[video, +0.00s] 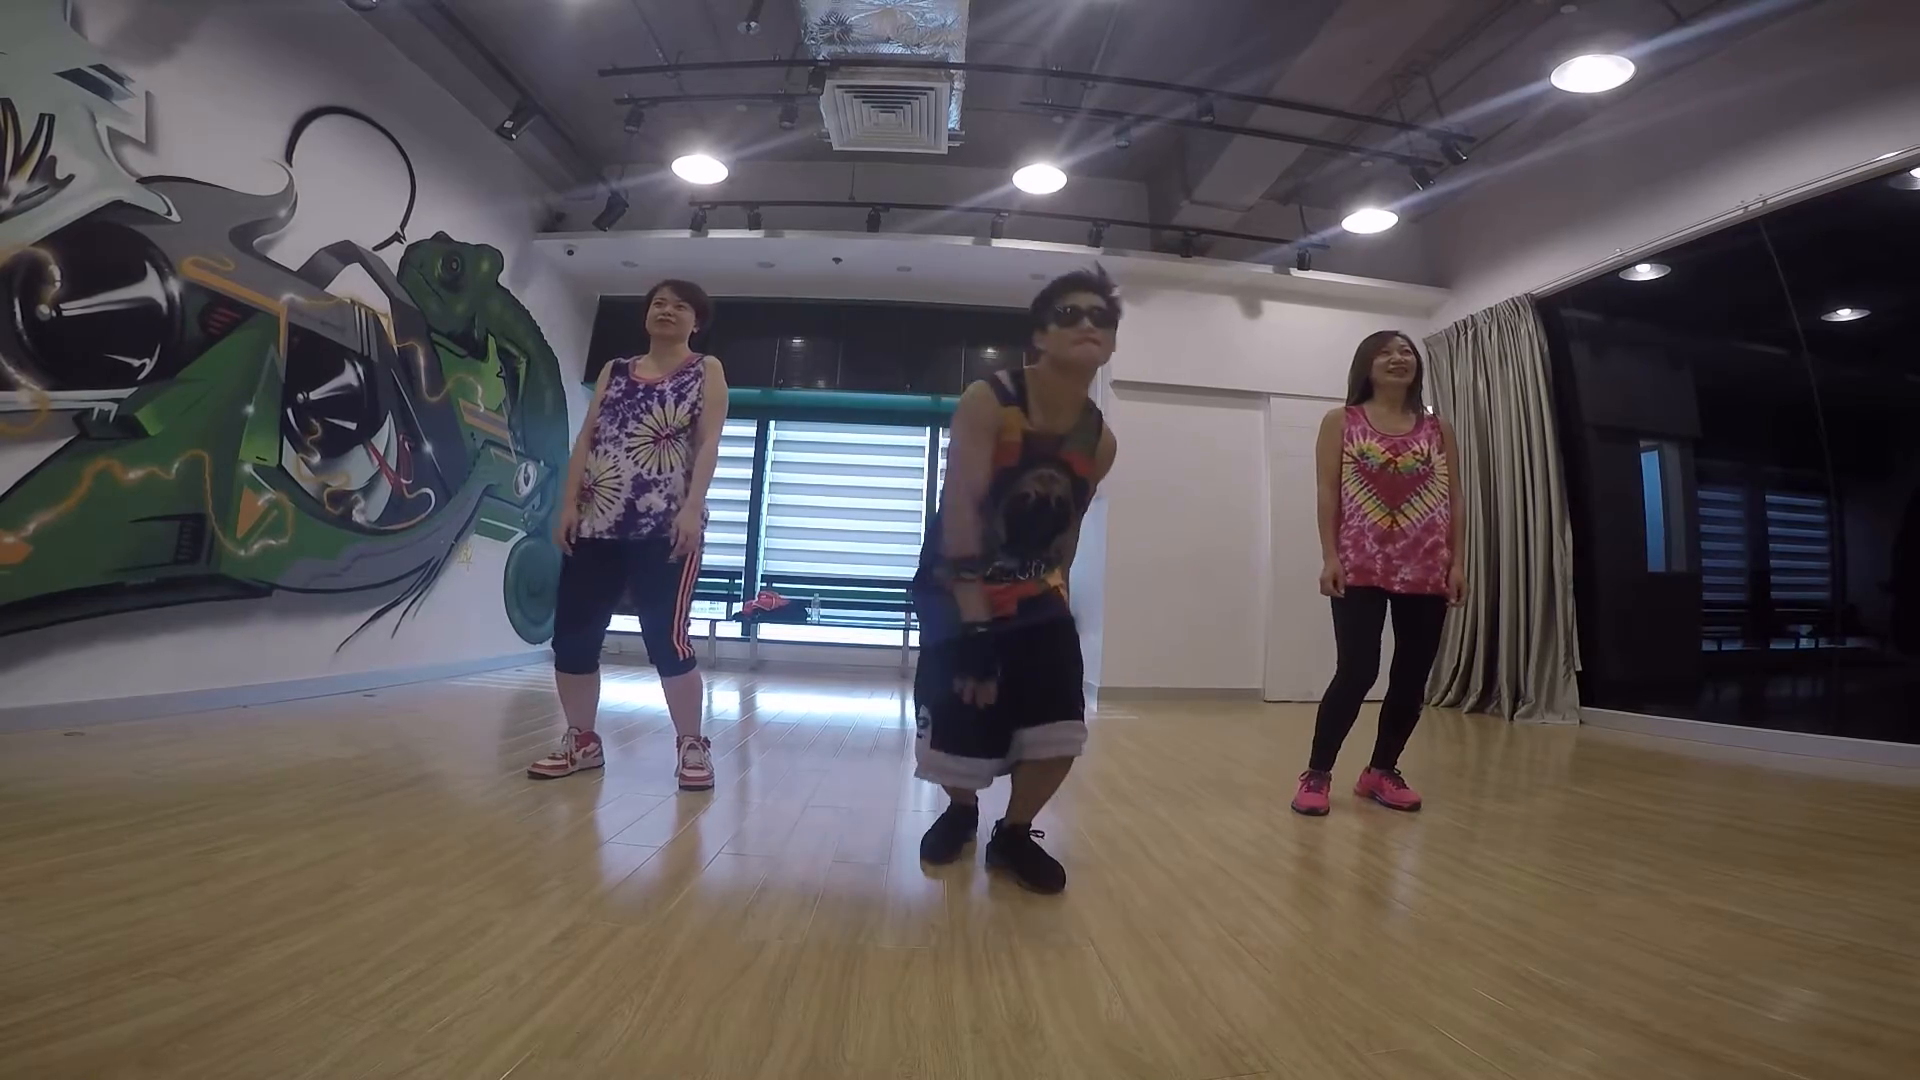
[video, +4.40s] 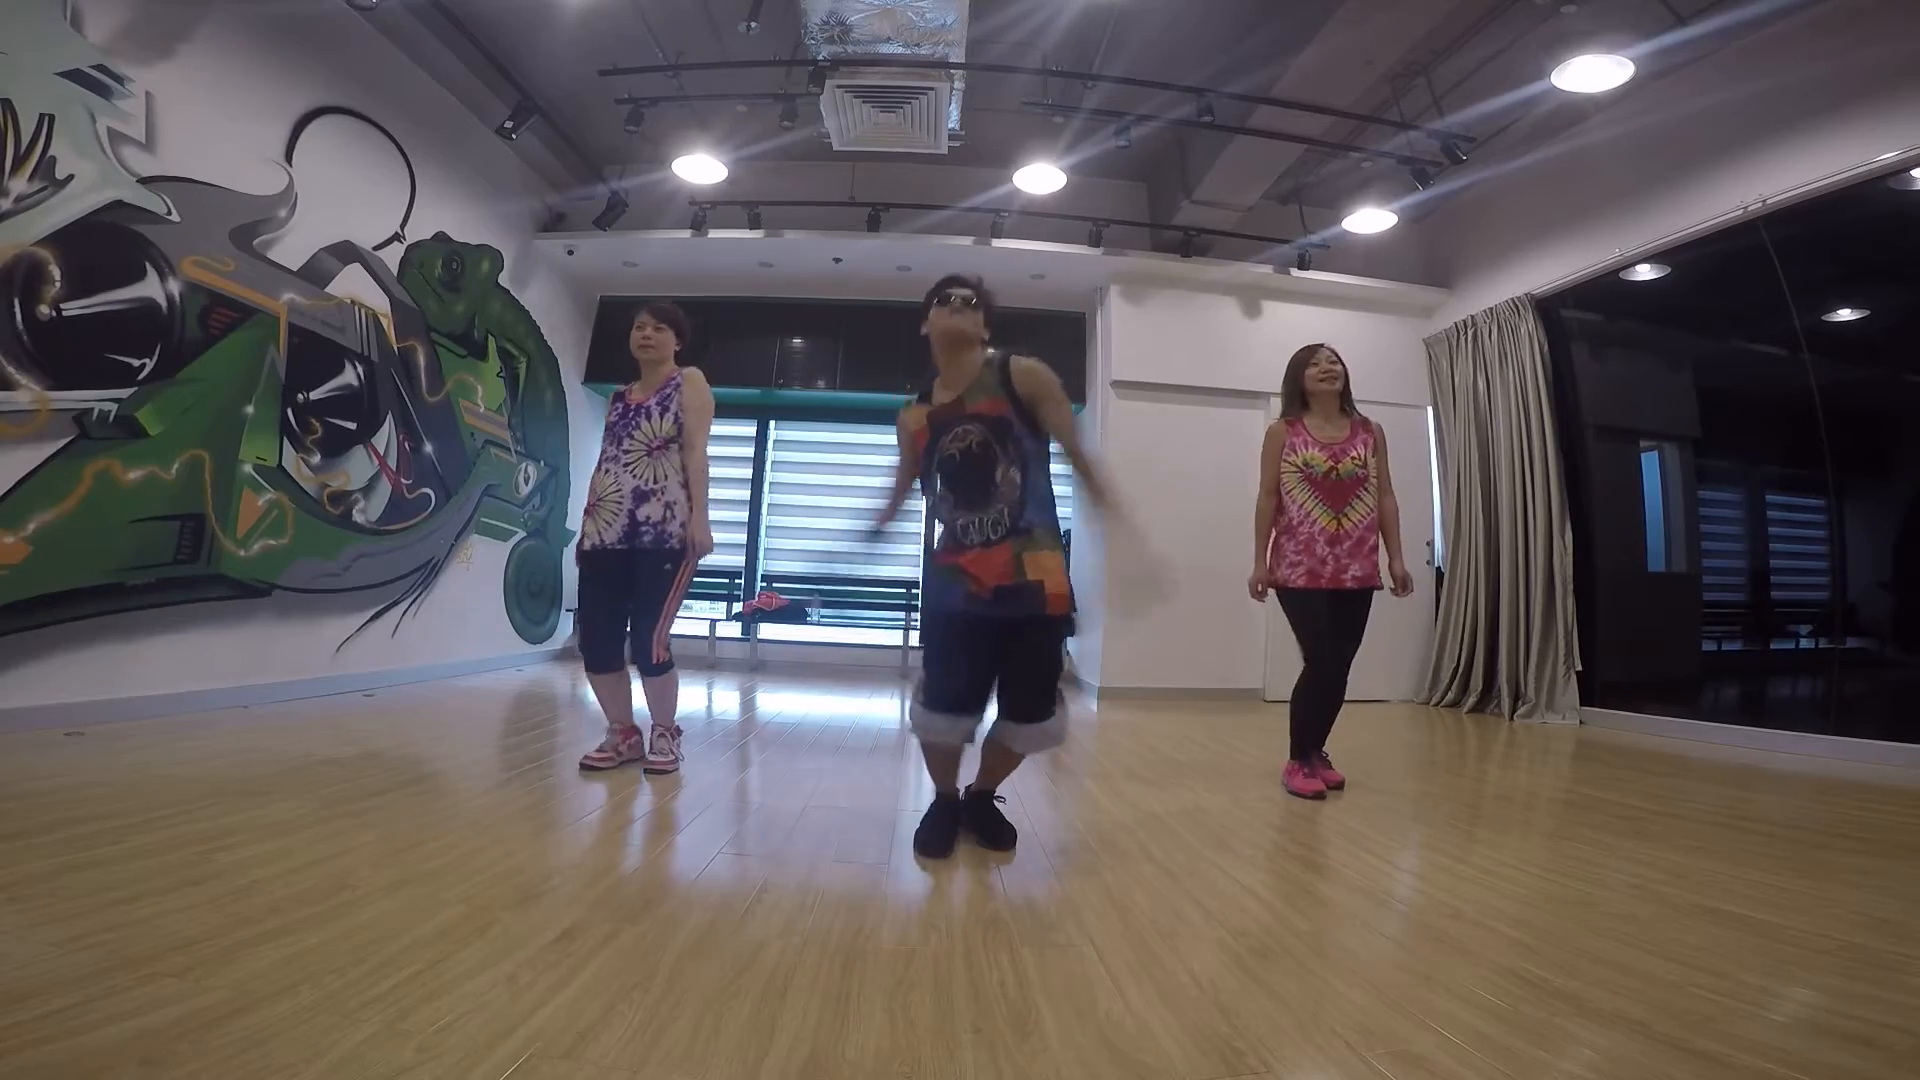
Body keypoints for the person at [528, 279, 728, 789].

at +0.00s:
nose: (666, 309)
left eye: (680, 305)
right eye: (659, 302)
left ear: (696, 322)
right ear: (645, 315)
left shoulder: (707, 371)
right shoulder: (615, 371)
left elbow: (707, 445)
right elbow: (586, 440)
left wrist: (693, 508)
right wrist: (569, 502)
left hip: (664, 528)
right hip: (597, 524)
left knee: (668, 642)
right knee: (572, 637)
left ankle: (691, 744)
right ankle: (582, 742)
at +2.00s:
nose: (658, 322)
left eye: (670, 316)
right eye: (650, 315)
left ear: (689, 330)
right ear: (639, 327)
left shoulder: (703, 384)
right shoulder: (612, 381)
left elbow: (710, 456)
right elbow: (584, 454)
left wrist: (696, 504)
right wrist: (565, 518)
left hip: (662, 537)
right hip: (596, 531)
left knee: (643, 642)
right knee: (571, 635)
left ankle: (646, 738)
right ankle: (582, 742)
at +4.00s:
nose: (676, 325)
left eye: (688, 320)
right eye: (668, 319)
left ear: (705, 335)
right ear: (657, 331)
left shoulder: (716, 384)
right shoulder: (632, 385)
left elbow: (726, 448)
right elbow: (608, 451)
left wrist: (702, 475)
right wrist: (589, 504)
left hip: (677, 531)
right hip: (613, 523)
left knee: (661, 635)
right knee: (592, 629)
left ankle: (664, 733)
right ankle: (589, 737)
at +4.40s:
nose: (647, 334)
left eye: (659, 328)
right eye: (640, 328)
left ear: (677, 341)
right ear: (630, 339)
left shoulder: (689, 381)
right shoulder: (620, 397)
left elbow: (696, 452)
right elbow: (606, 463)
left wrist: (698, 519)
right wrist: (590, 523)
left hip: (661, 532)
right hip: (604, 531)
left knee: (649, 638)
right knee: (597, 640)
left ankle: (664, 733)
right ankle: (623, 734)